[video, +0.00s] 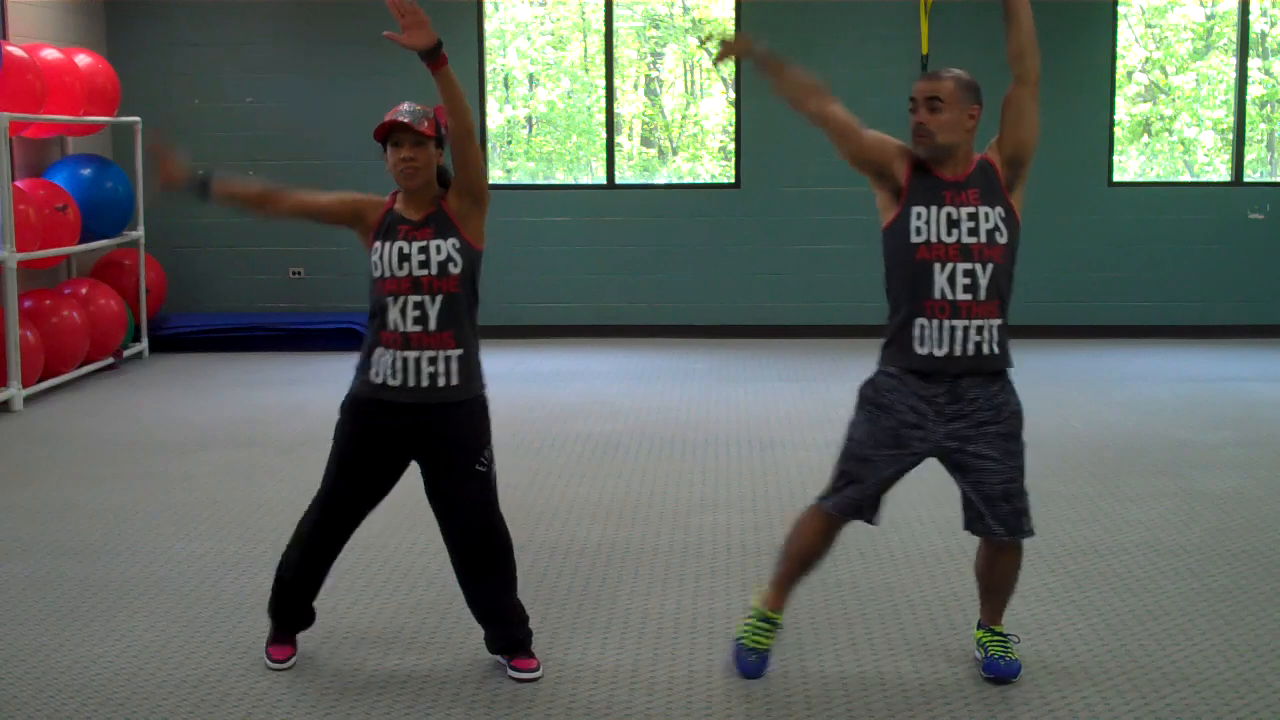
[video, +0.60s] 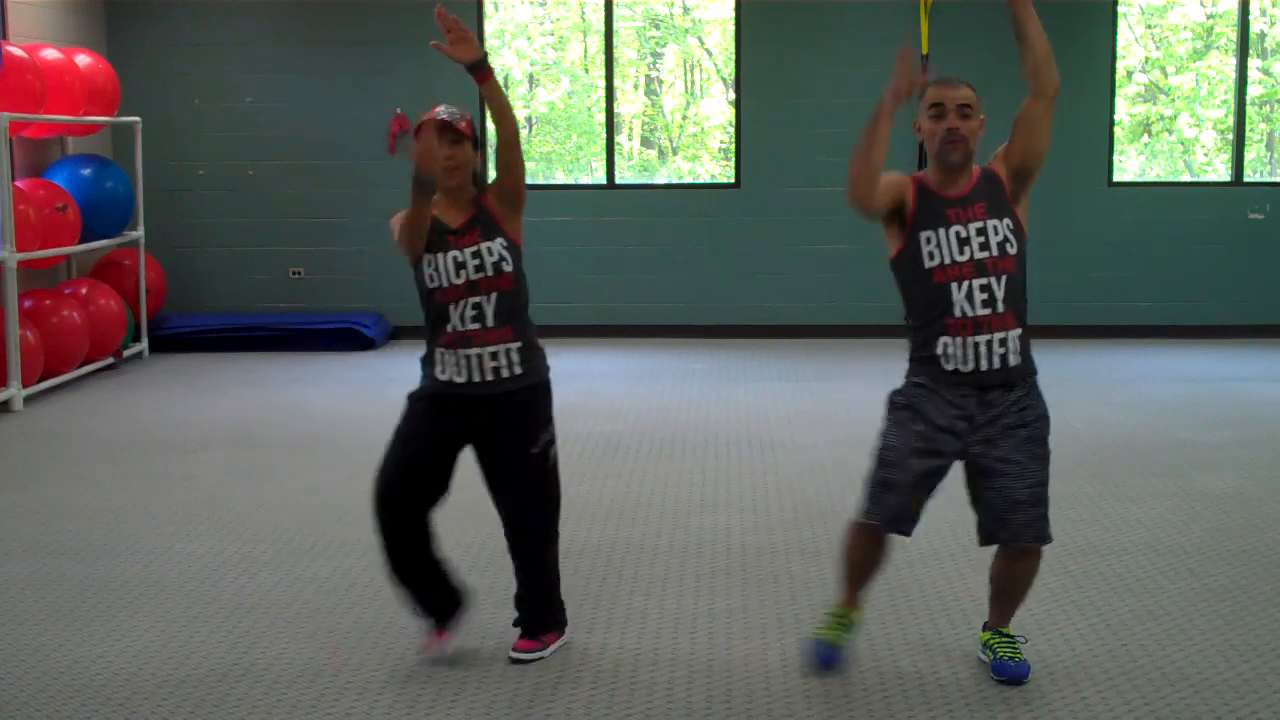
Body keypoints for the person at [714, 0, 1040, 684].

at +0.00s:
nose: (921, 117)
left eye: (936, 106)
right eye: (915, 107)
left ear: (974, 116)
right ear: (911, 117)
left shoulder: (1003, 171)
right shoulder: (895, 169)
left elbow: (1026, 77)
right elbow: (822, 105)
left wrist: (1016, 1)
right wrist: (756, 53)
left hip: (984, 394)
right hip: (902, 390)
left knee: (1004, 525)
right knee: (840, 504)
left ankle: (992, 631)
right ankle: (769, 609)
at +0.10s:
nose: (903, 117)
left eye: (919, 106)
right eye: (901, 106)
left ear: (960, 118)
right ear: (899, 116)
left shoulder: (987, 178)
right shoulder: (877, 172)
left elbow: (1014, 79)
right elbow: (793, 140)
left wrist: (1007, 2)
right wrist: (715, 119)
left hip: (960, 395)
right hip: (878, 392)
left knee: (997, 524)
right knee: (814, 510)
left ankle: (991, 629)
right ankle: (756, 615)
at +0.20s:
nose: (890, 120)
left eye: (906, 110)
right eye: (888, 110)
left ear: (947, 121)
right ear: (888, 120)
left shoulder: (976, 182)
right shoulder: (859, 178)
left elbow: (1009, 88)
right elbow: (772, 181)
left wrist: (1001, 4)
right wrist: (692, 199)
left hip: (947, 397)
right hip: (863, 395)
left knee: (999, 524)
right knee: (801, 513)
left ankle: (994, 623)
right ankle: (750, 617)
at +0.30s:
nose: (892, 125)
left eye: (908, 115)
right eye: (889, 114)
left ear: (946, 129)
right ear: (886, 123)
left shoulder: (975, 189)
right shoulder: (857, 195)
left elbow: (1013, 95)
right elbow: (795, 241)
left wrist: (1004, 4)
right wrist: (748, 280)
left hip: (944, 403)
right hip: (862, 399)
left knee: (990, 529)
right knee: (801, 517)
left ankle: (999, 627)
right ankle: (752, 618)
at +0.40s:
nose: (916, 131)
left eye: (931, 121)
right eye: (907, 119)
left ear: (957, 137)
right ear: (894, 132)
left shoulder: (983, 193)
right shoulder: (869, 214)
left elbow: (1026, 101)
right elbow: (837, 308)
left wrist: (1011, 10)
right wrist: (824, 296)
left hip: (958, 409)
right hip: (876, 404)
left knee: (999, 537)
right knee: (808, 516)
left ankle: (997, 632)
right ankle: (753, 619)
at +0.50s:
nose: (938, 127)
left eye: (951, 117)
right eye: (925, 117)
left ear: (969, 133)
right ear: (909, 132)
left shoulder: (996, 188)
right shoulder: (889, 208)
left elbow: (1040, 100)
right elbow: (852, 284)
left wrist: (1020, 12)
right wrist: (866, 207)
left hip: (989, 406)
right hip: (907, 403)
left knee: (1015, 543)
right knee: (832, 518)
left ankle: (997, 632)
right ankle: (773, 618)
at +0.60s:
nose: (953, 121)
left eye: (965, 112)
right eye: (939, 112)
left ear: (982, 126)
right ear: (919, 128)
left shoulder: (1008, 177)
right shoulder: (902, 193)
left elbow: (1044, 89)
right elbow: (862, 192)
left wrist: (1020, 5)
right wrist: (890, 100)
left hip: (1010, 397)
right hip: (930, 395)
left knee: (1026, 535)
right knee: (876, 517)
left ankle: (999, 631)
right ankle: (845, 609)